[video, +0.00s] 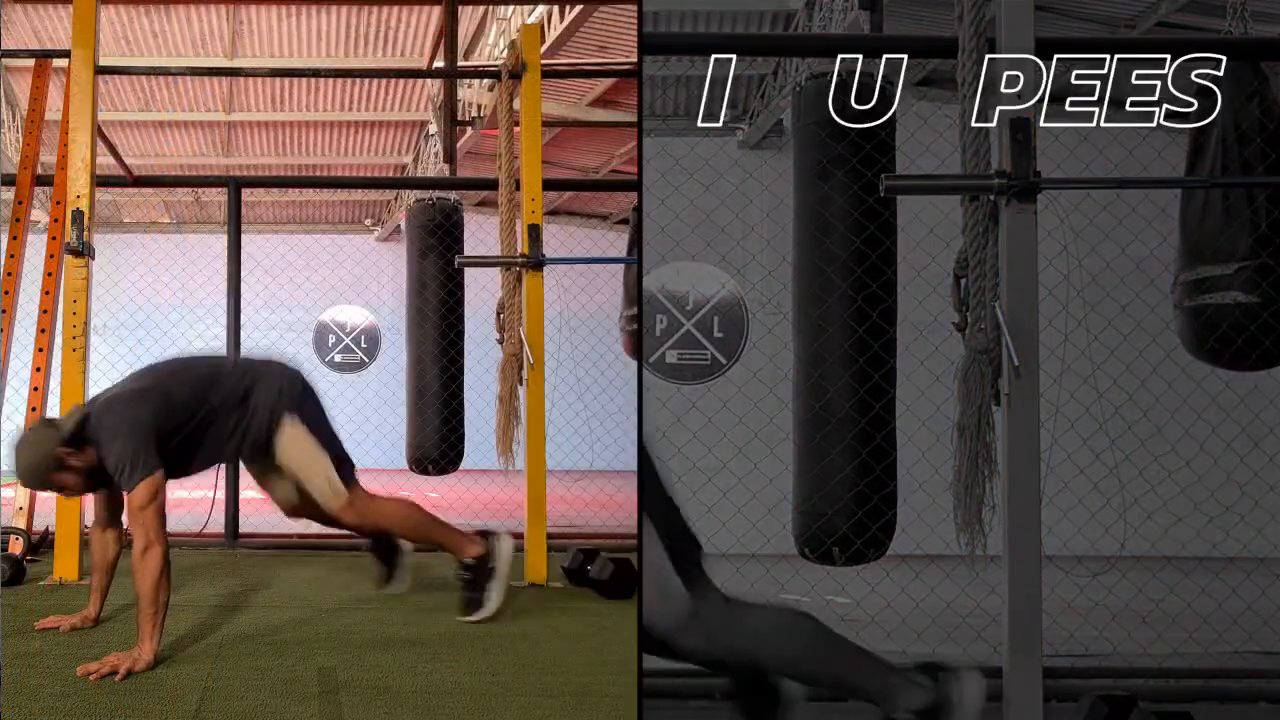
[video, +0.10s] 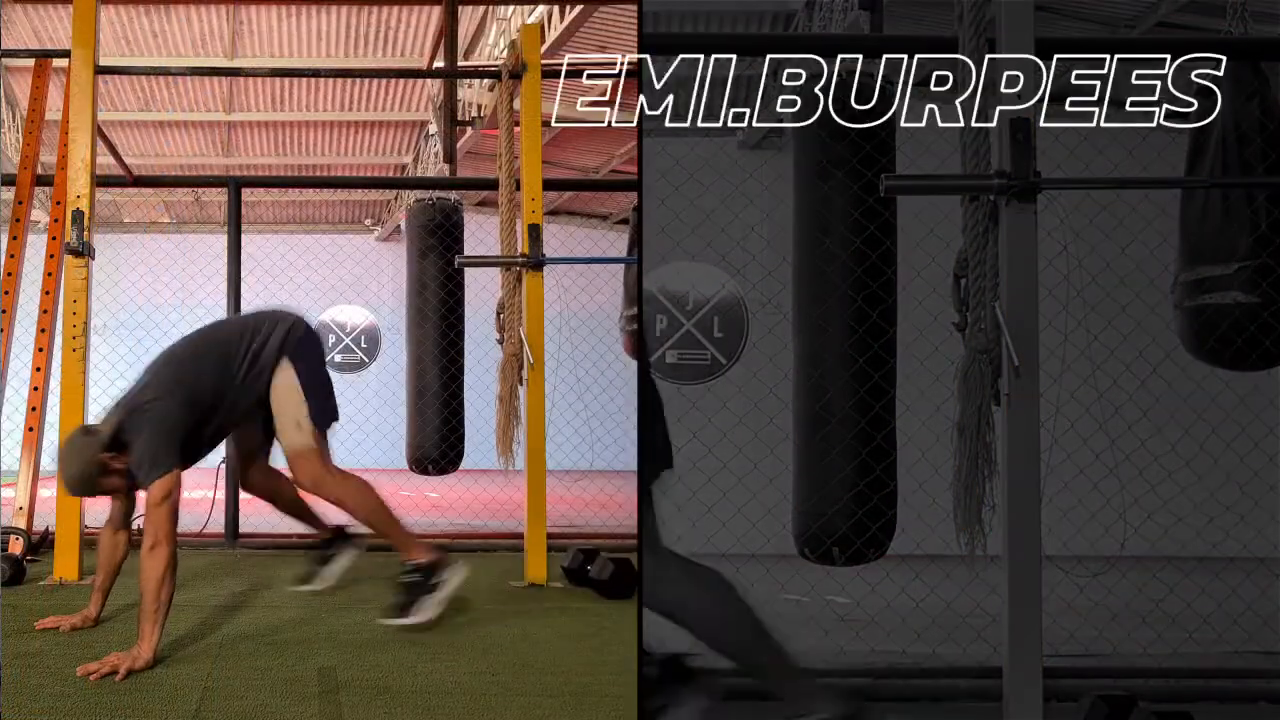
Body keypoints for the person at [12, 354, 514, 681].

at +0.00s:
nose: (69, 493)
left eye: (61, 484)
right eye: (58, 489)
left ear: (69, 459)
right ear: (65, 459)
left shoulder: (126, 432)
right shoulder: (90, 440)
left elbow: (150, 546)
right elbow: (106, 528)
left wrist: (145, 647)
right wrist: (92, 610)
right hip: (243, 423)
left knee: (344, 502)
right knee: (294, 502)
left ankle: (478, 548)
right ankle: (384, 531)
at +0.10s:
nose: (114, 494)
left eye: (107, 487)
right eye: (105, 492)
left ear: (113, 461)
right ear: (108, 456)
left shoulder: (154, 436)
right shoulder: (118, 433)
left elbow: (159, 546)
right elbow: (117, 527)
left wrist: (145, 647)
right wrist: (95, 607)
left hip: (284, 345)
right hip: (248, 373)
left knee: (313, 471)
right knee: (251, 472)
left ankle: (427, 560)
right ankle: (331, 538)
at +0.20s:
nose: (135, 490)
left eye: (131, 483)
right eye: (127, 488)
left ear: (136, 457)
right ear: (128, 451)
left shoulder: (172, 434)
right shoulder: (134, 433)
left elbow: (164, 541)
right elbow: (128, 528)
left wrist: (143, 645)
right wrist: (94, 608)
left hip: (302, 330)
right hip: (263, 347)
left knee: (289, 453)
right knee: (224, 454)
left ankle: (358, 584)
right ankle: (261, 556)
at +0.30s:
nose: (111, 442)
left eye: (109, 431)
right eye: (104, 436)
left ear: (126, 409)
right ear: (121, 412)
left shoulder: (170, 406)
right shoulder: (134, 424)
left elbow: (159, 521)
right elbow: (121, 514)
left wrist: (130, 625)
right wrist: (88, 595)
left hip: (323, 360)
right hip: (278, 378)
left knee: (284, 467)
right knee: (216, 463)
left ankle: (336, 608)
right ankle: (243, 577)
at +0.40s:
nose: (107, 367)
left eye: (107, 354)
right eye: (101, 357)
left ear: (132, 337)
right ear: (129, 339)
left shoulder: (180, 352)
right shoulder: (141, 371)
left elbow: (178, 453)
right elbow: (126, 451)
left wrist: (140, 549)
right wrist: (93, 534)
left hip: (326, 375)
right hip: (271, 395)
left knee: (277, 469)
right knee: (206, 467)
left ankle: (336, 608)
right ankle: (243, 579)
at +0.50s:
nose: (111, 282)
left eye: (112, 268)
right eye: (106, 272)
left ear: (139, 254)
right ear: (134, 259)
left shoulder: (196, 286)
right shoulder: (161, 305)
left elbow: (235, 374)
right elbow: (161, 382)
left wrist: (199, 461)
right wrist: (131, 455)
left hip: (317, 361)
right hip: (269, 377)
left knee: (278, 468)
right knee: (211, 468)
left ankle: (336, 608)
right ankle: (242, 578)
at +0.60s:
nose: (123, 206)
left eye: (126, 192)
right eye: (118, 197)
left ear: (156, 179)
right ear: (133, 192)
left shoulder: (216, 218)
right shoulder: (175, 236)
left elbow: (275, 296)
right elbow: (198, 315)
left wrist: (251, 383)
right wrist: (174, 385)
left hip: (297, 350)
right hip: (250, 355)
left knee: (281, 470)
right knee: (212, 463)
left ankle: (337, 608)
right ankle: (242, 577)